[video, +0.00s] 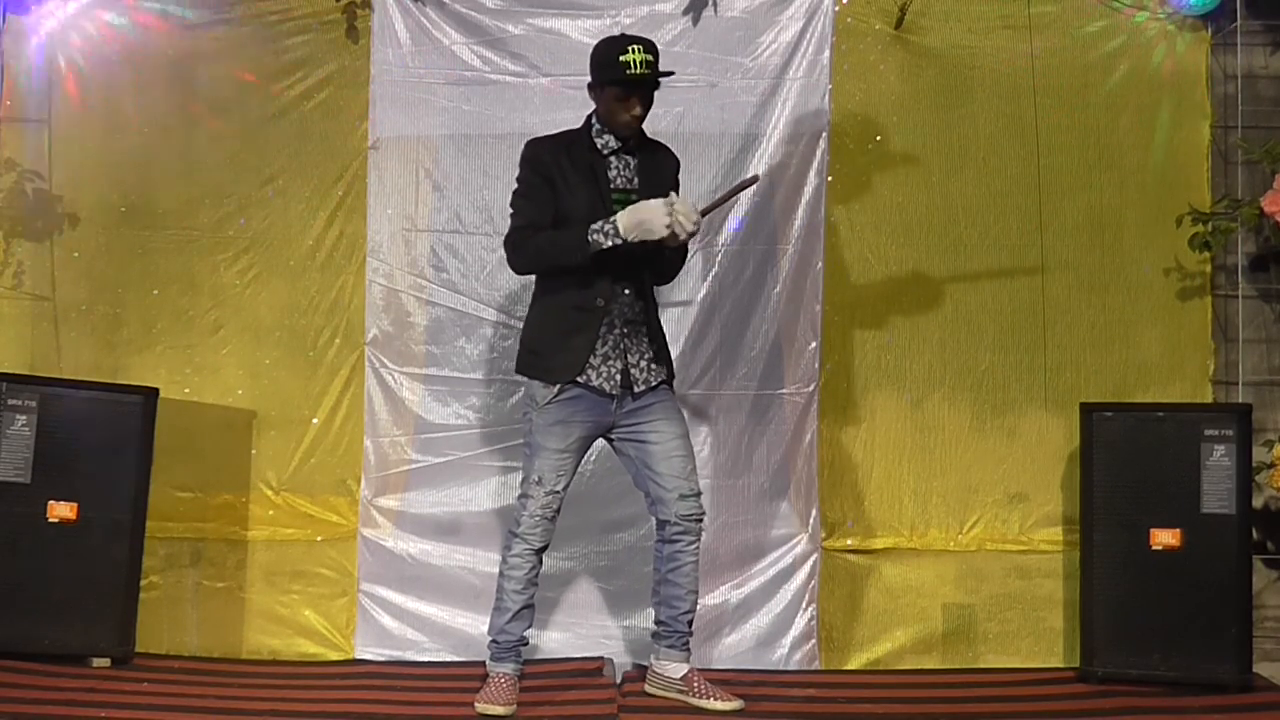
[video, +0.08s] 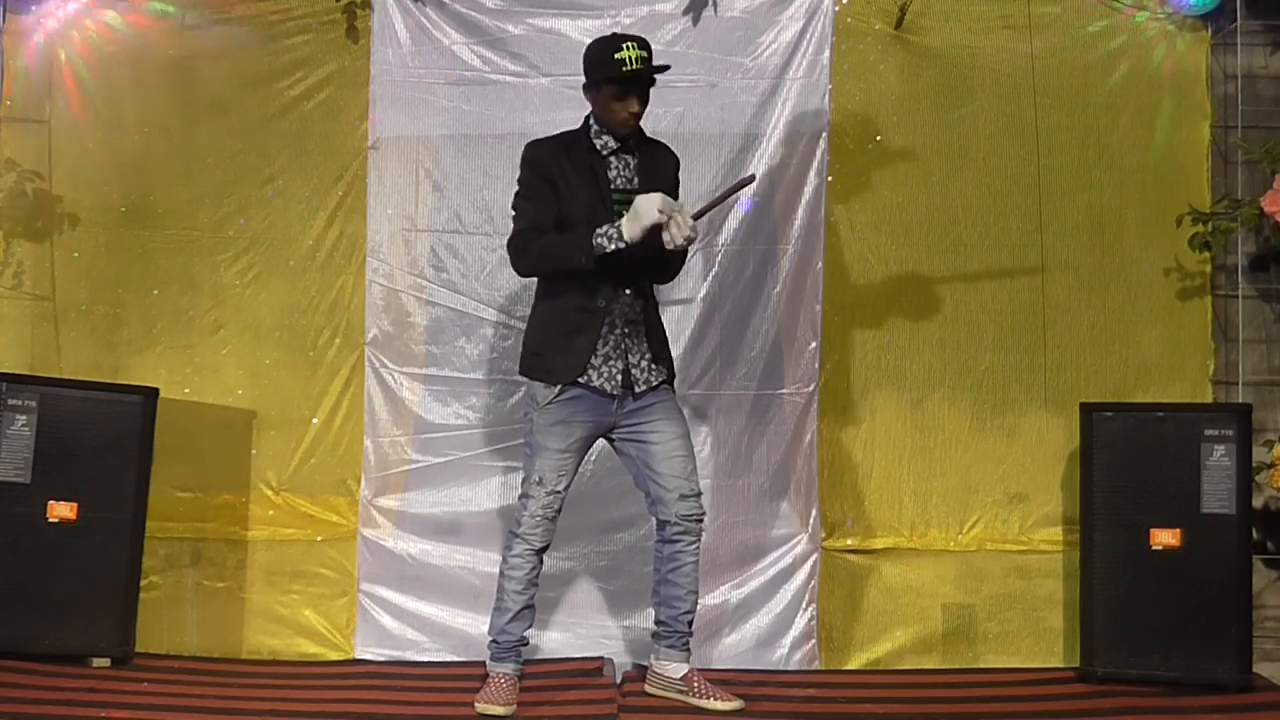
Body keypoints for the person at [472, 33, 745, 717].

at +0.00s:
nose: (640, 104)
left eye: (647, 92)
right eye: (628, 92)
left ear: (652, 94)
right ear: (597, 92)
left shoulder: (660, 160)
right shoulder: (548, 155)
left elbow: (662, 270)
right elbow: (522, 251)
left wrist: (674, 240)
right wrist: (617, 227)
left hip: (645, 378)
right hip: (565, 377)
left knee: (682, 510)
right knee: (534, 520)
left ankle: (669, 668)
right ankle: (503, 668)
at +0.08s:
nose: (638, 103)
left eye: (643, 90)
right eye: (625, 91)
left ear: (648, 91)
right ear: (593, 92)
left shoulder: (660, 160)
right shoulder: (548, 157)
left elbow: (659, 271)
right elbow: (525, 254)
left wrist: (673, 247)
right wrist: (616, 234)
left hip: (647, 377)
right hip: (568, 377)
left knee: (682, 510)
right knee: (535, 519)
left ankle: (670, 667)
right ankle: (503, 668)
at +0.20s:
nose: (636, 100)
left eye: (643, 89)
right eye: (623, 89)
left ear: (650, 91)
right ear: (593, 89)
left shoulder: (659, 161)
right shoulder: (547, 156)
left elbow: (657, 269)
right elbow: (525, 253)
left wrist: (674, 245)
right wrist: (614, 233)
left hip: (646, 376)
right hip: (567, 376)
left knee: (682, 510)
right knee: (534, 519)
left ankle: (670, 667)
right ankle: (503, 668)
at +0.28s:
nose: (635, 99)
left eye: (642, 87)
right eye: (621, 88)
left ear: (650, 91)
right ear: (592, 89)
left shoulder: (659, 161)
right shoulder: (547, 156)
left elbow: (655, 268)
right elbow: (528, 254)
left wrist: (685, 251)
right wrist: (616, 230)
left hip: (646, 375)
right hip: (567, 374)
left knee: (679, 512)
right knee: (535, 519)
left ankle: (671, 669)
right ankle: (503, 670)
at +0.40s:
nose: (634, 94)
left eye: (641, 82)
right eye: (620, 84)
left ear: (649, 87)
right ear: (591, 90)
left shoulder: (660, 163)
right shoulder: (549, 157)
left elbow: (653, 266)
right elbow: (543, 255)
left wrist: (702, 250)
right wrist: (618, 204)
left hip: (646, 375)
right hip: (567, 374)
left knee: (671, 519)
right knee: (536, 521)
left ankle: (672, 669)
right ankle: (503, 669)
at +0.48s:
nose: (626, 88)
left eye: (634, 75)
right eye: (611, 78)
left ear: (643, 80)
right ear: (584, 87)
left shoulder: (661, 162)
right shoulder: (551, 156)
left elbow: (660, 267)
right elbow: (553, 250)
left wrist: (709, 249)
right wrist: (619, 180)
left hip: (648, 374)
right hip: (568, 374)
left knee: (668, 520)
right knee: (536, 522)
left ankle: (672, 670)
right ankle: (503, 669)